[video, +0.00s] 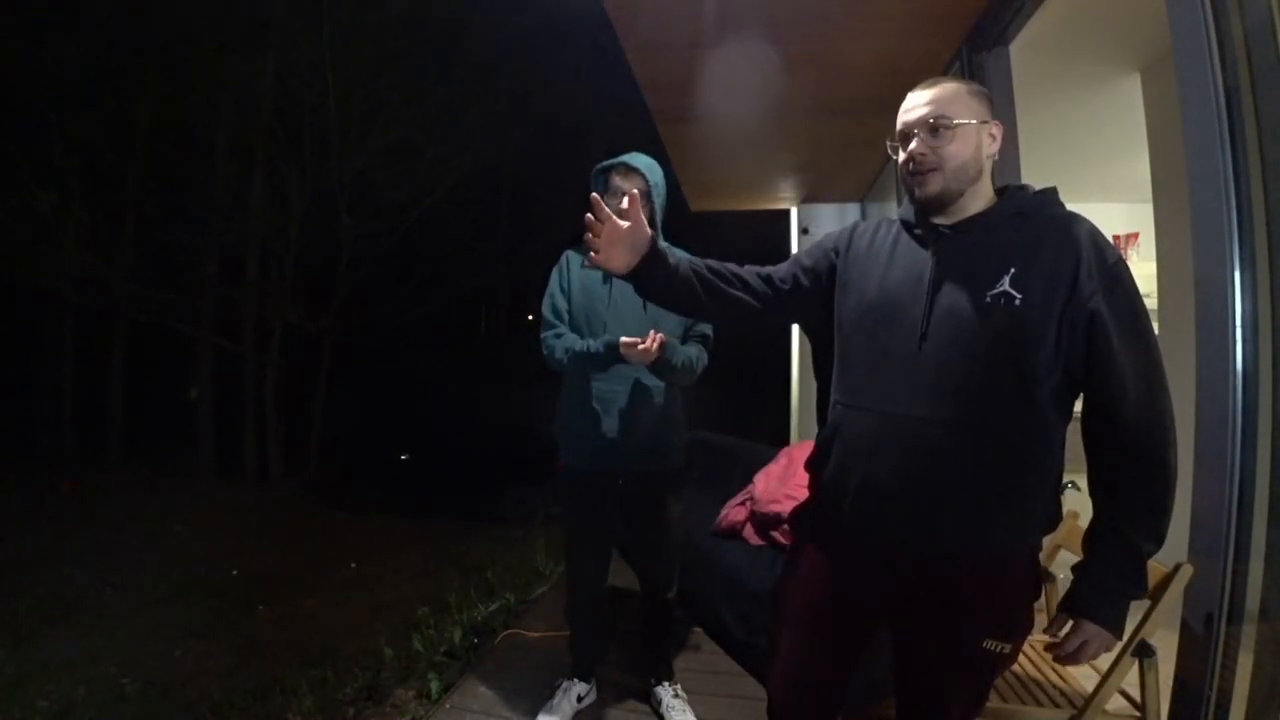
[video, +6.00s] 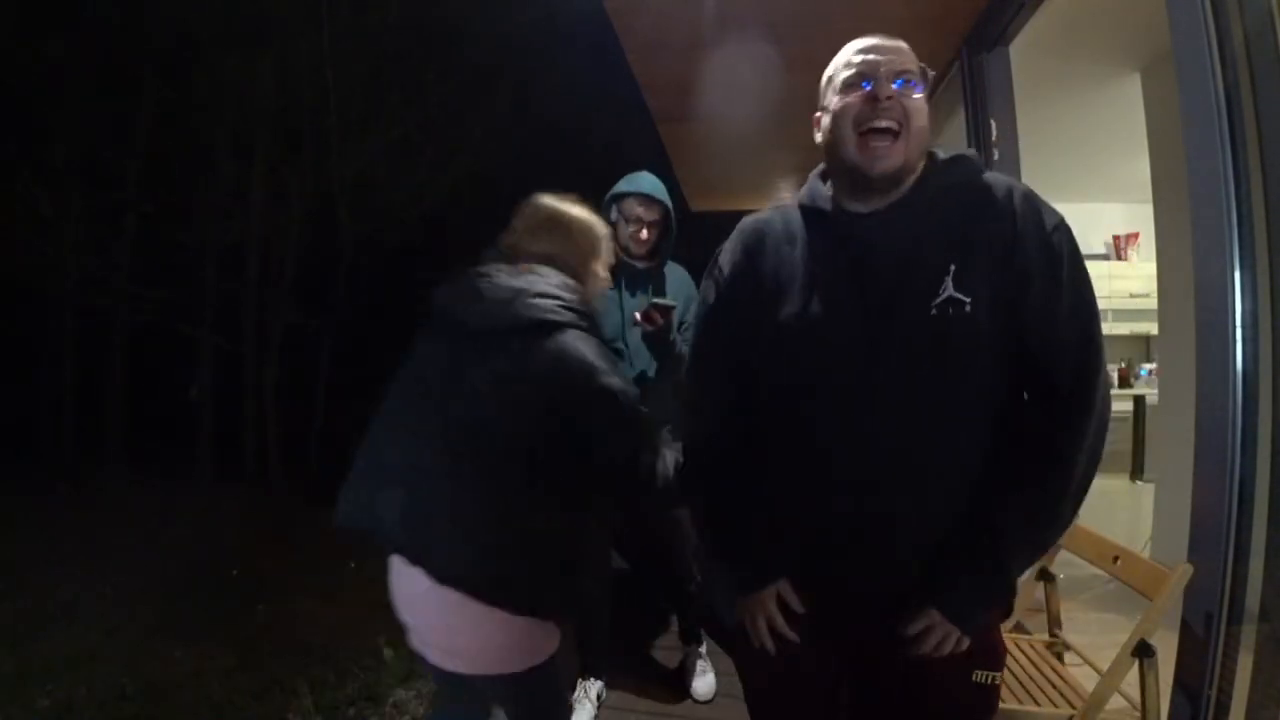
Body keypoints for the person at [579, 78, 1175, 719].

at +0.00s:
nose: (909, 150)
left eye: (933, 130)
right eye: (901, 140)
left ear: (993, 138)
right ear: (893, 156)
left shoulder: (1066, 247)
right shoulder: (857, 246)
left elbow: (1134, 427)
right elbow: (758, 292)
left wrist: (1106, 588)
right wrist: (650, 260)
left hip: (975, 559)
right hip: (841, 544)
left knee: (937, 709)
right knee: (799, 701)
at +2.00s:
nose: (891, 136)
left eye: (914, 121)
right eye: (878, 126)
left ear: (964, 135)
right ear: (864, 149)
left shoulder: (1028, 246)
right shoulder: (811, 240)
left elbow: (1098, 410)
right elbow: (706, 292)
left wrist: (1094, 556)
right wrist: (582, 256)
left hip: (968, 564)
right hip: (830, 557)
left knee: (924, 708)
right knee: (812, 707)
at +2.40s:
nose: (869, 131)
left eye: (889, 114)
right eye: (852, 122)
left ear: (928, 134)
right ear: (834, 146)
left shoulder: (998, 245)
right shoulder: (787, 243)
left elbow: (1060, 404)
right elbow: (712, 326)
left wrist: (1051, 545)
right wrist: (627, 341)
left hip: (953, 550)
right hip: (815, 545)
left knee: (916, 704)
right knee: (809, 703)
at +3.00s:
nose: (925, 125)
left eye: (947, 115)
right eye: (908, 119)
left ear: (982, 143)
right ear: (887, 149)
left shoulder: (1037, 255)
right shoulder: (828, 238)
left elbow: (1092, 415)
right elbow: (758, 329)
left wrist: (1083, 553)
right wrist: (716, 329)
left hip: (966, 551)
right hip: (829, 539)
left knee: (927, 705)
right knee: (816, 703)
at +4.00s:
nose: (912, 132)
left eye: (930, 122)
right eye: (894, 126)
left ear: (957, 153)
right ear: (869, 158)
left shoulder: (1018, 255)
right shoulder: (821, 249)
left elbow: (1081, 419)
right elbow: (740, 344)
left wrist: (1063, 569)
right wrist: (673, 419)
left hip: (951, 542)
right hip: (821, 532)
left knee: (916, 703)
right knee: (813, 699)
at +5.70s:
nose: (909, 76)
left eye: (941, 63)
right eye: (891, 64)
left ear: (979, 102)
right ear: (865, 99)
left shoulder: (1040, 209)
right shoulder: (796, 218)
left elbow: (1104, 440)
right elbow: (730, 376)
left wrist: (990, 638)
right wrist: (735, 511)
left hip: (944, 596)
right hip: (787, 582)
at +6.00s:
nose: (884, 94)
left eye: (904, 81)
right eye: (859, 81)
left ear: (930, 117)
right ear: (820, 125)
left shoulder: (1013, 226)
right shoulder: (758, 249)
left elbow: (1071, 419)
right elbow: (703, 429)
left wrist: (975, 585)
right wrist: (741, 574)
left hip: (944, 615)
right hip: (793, 613)